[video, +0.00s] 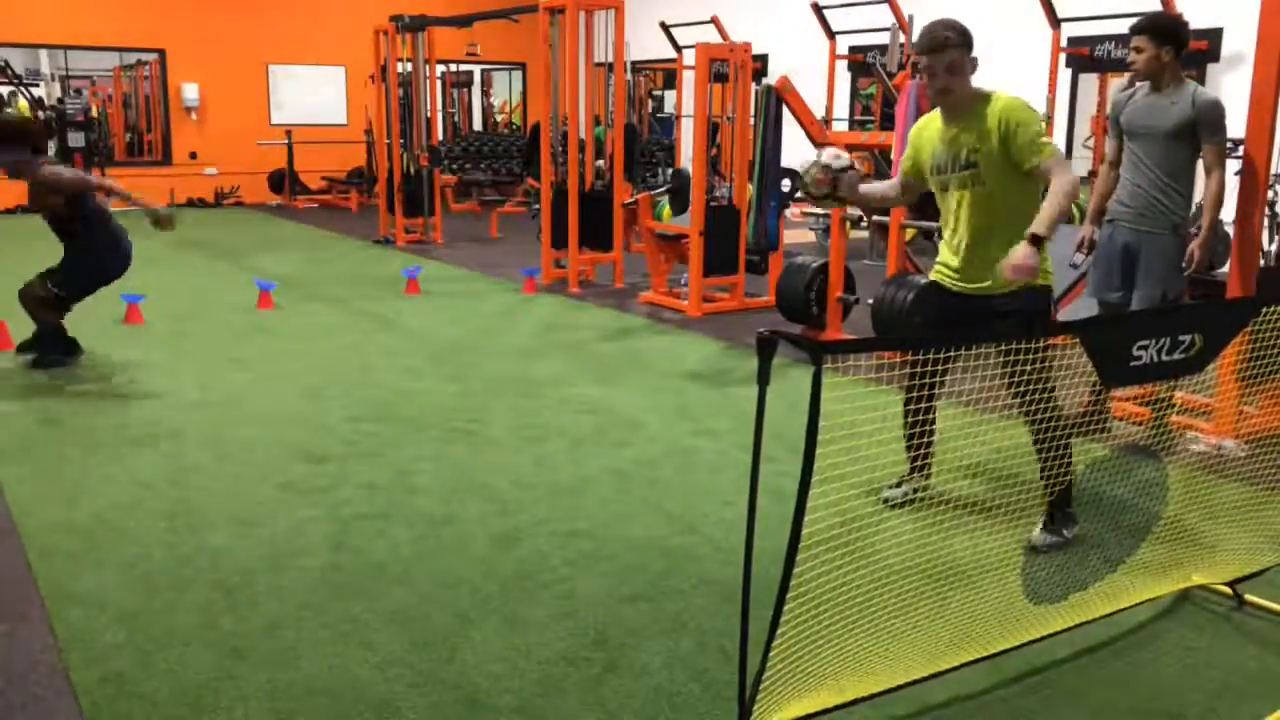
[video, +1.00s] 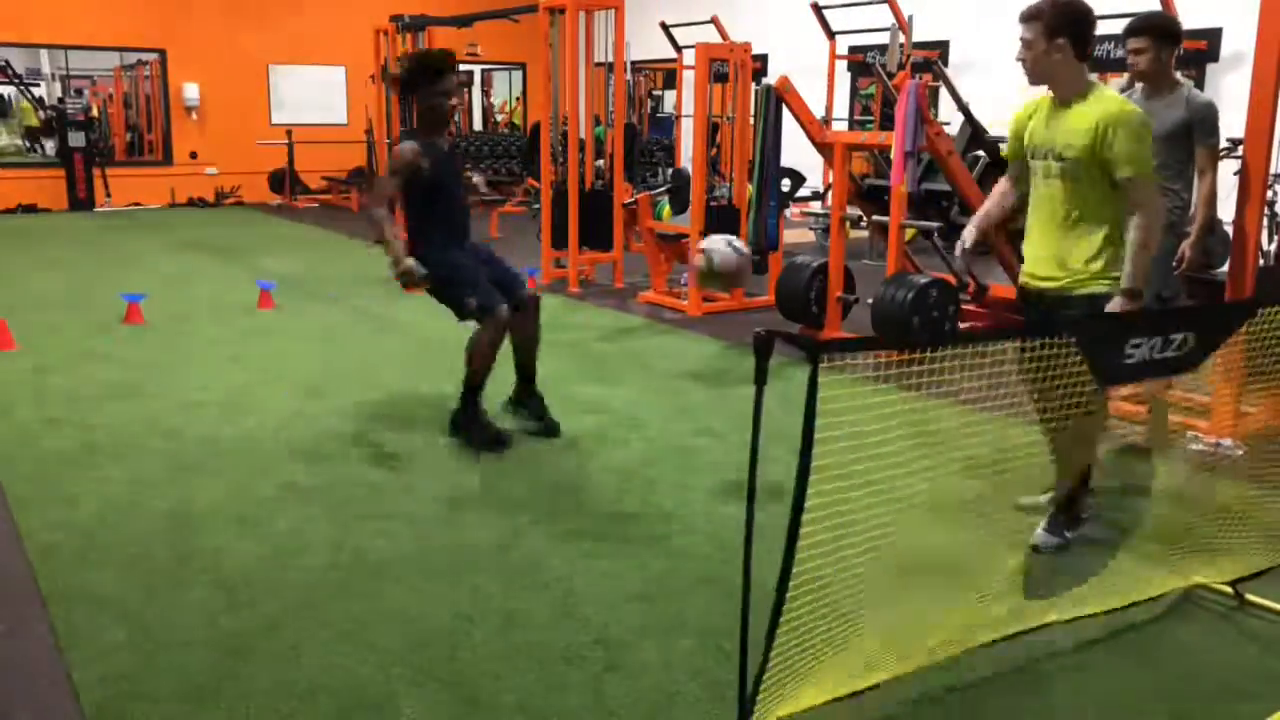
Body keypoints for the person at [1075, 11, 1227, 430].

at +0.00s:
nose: (1129, 58)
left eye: (1138, 50)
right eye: (1130, 50)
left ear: (1169, 55)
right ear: (1146, 54)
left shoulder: (1202, 104)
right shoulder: (1123, 98)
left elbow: (1214, 174)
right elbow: (1110, 165)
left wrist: (1205, 236)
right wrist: (1090, 221)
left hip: (1163, 237)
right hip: (1114, 230)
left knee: (1149, 330)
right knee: (1106, 323)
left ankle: (1157, 428)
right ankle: (1095, 409)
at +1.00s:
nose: (1130, 61)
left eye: (1138, 53)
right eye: (1128, 54)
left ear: (1169, 53)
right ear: (1126, 54)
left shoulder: (1198, 107)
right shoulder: (1122, 100)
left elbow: (1206, 174)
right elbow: (1105, 163)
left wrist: (1195, 238)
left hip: (1167, 225)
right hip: (1122, 220)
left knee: (1158, 309)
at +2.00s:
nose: (1124, 62)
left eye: (1131, 54)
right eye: (1123, 54)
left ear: (1162, 52)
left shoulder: (1193, 106)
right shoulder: (1123, 98)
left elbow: (1202, 177)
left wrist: (1184, 240)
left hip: (1158, 234)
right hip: (1115, 227)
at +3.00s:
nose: (1121, 59)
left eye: (1128, 51)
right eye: (1121, 51)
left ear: (1158, 54)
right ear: (1143, 55)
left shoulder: (1195, 106)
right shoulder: (1121, 104)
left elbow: (1205, 175)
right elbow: (1109, 171)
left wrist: (1189, 238)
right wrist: (1088, 226)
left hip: (1160, 236)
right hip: (1114, 229)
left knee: (1143, 327)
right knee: (1105, 322)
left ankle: (1154, 421)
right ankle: (1097, 403)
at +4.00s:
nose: (1140, 59)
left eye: (1150, 50)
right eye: (1134, 52)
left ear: (1172, 51)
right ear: (1129, 55)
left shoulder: (1195, 106)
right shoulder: (1123, 102)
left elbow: (1202, 177)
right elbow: (1112, 165)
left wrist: (1184, 241)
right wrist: (1106, 221)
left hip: (1170, 226)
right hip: (1127, 221)